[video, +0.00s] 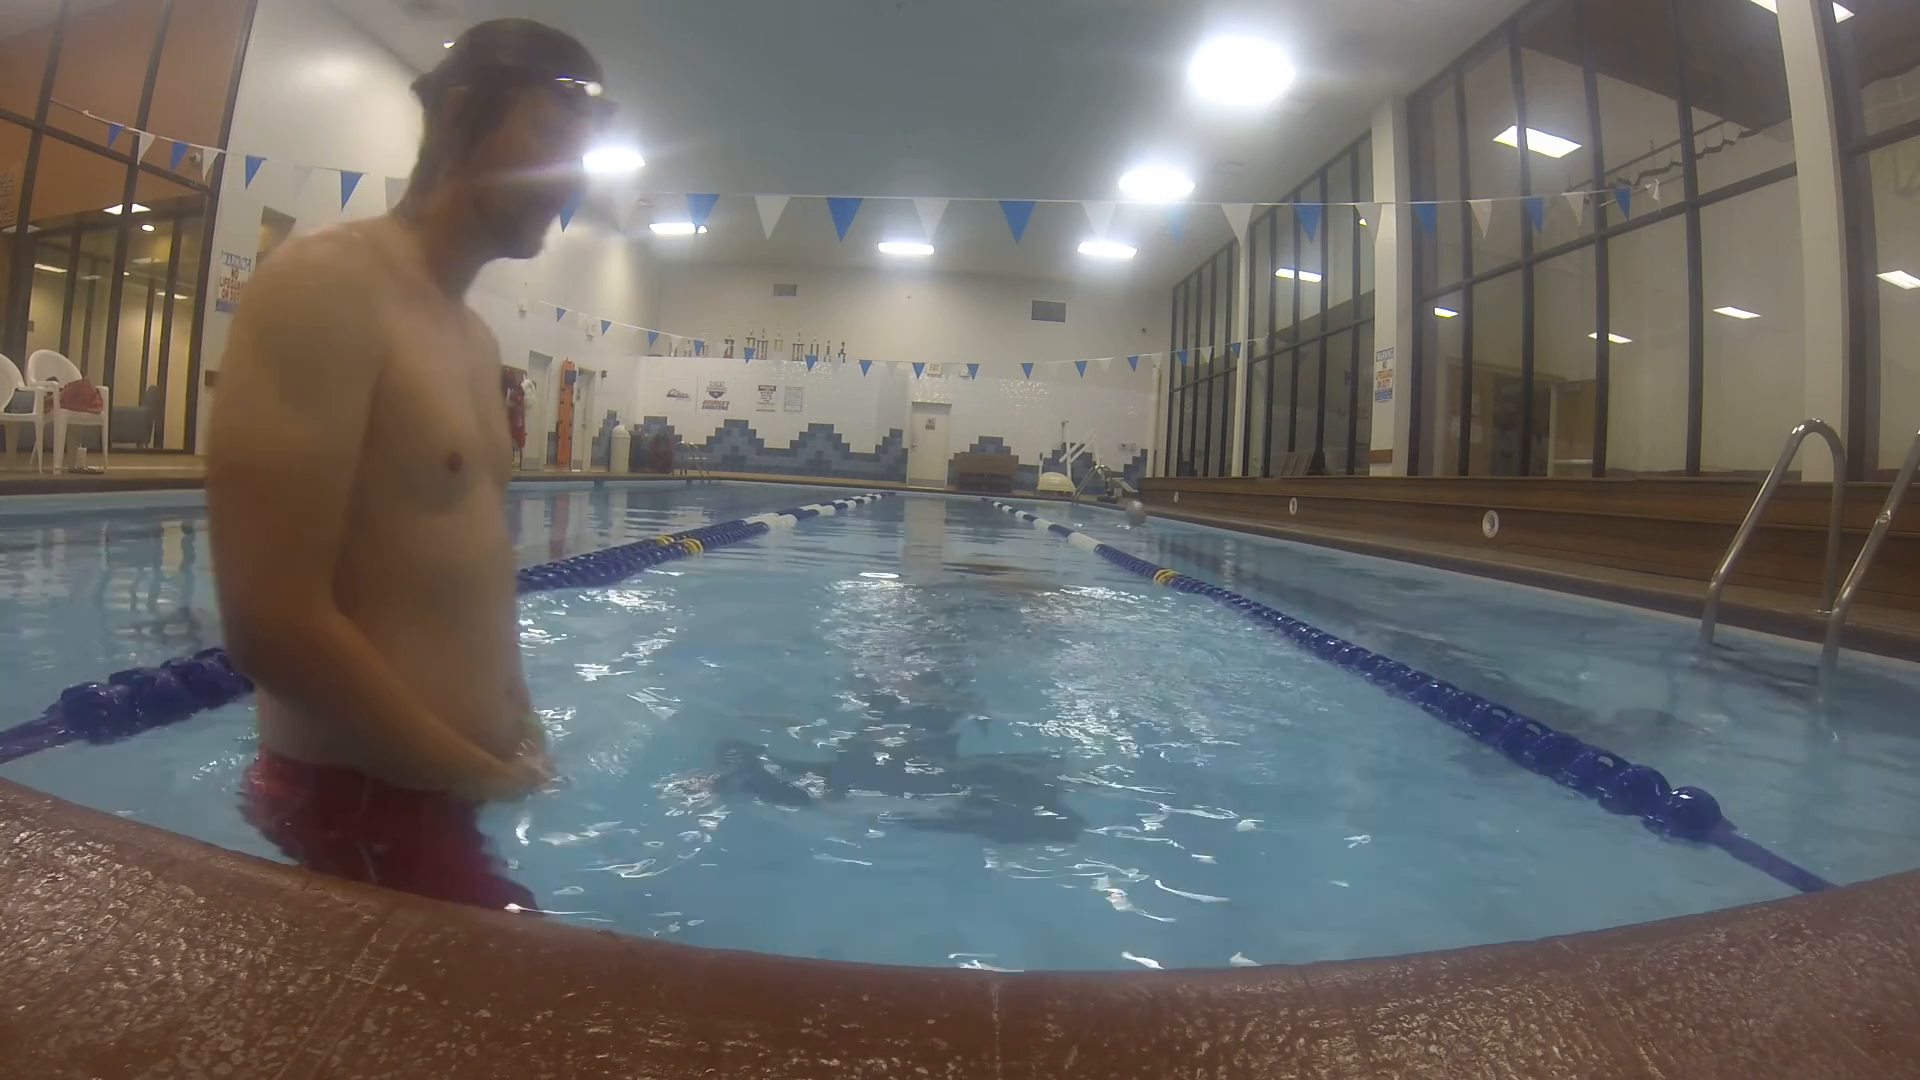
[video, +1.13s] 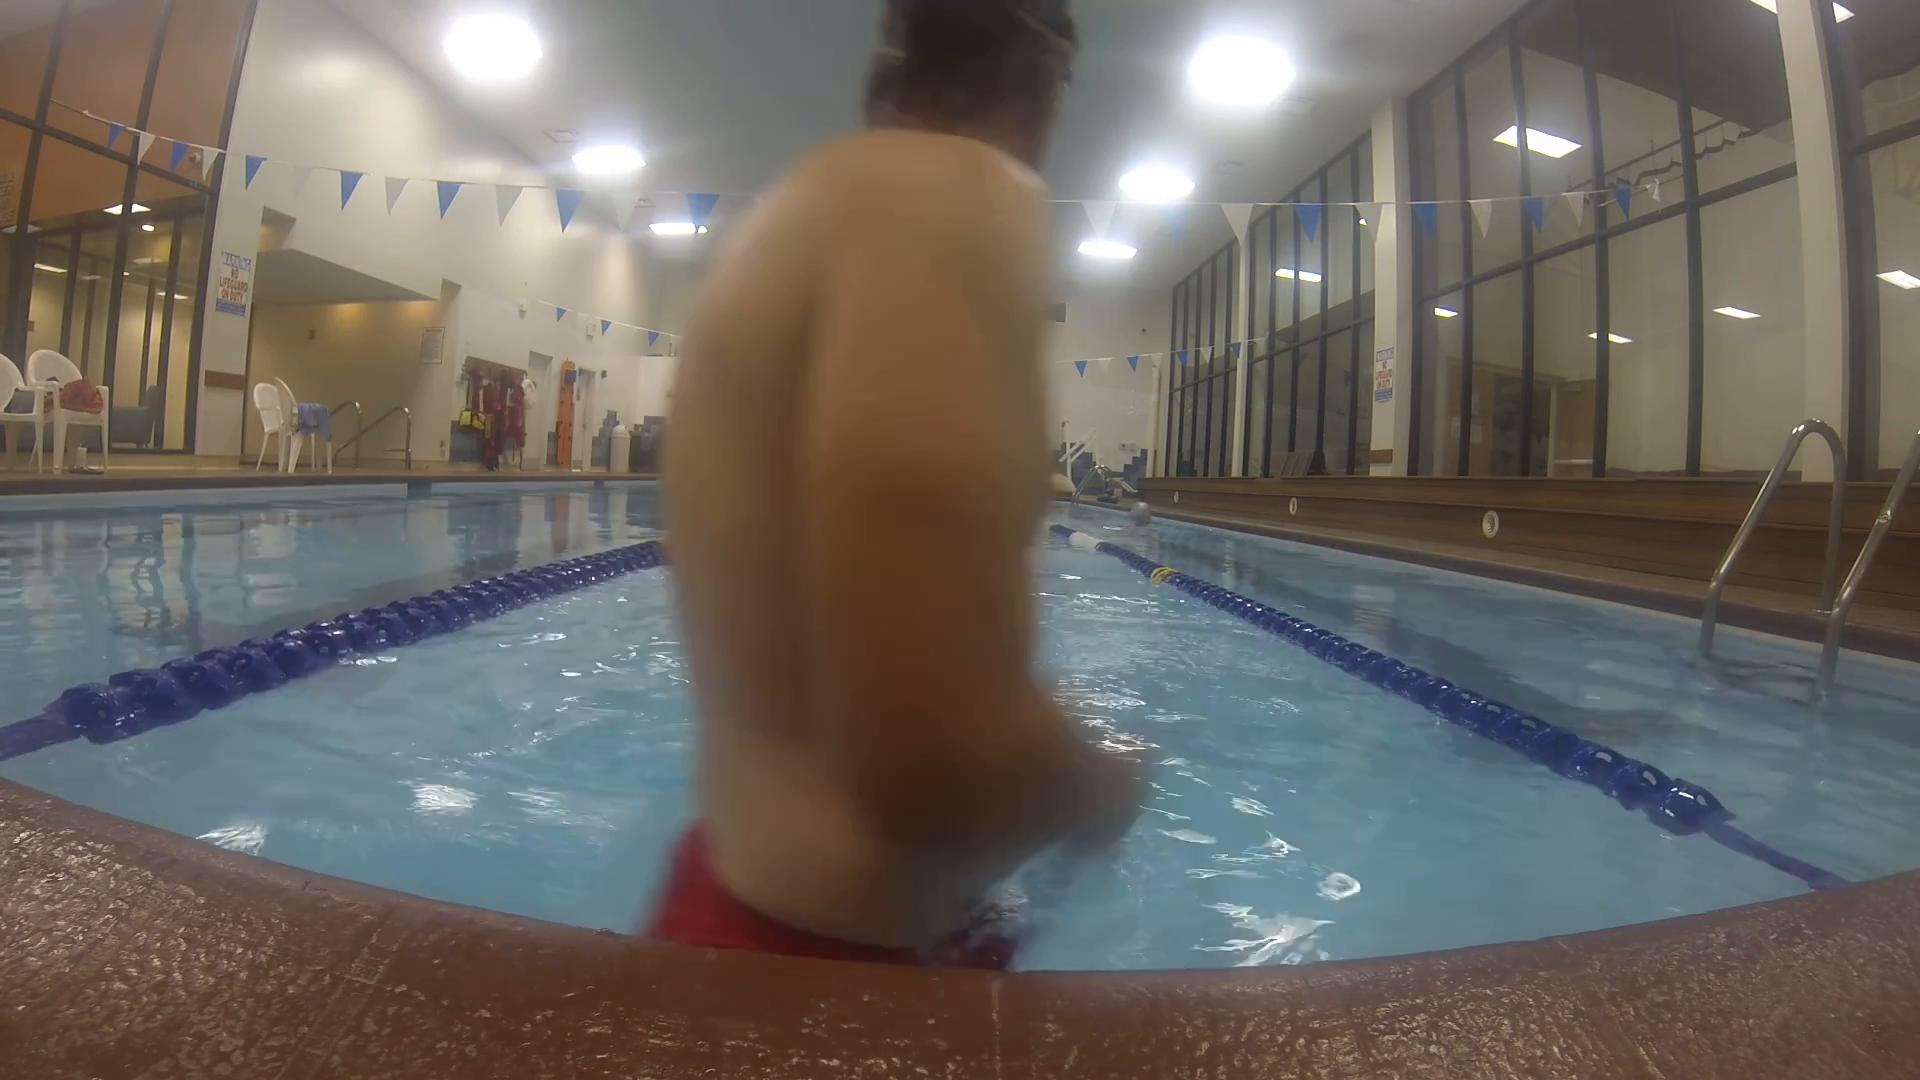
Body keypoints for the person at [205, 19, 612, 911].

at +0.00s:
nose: (575, 178)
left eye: (584, 149)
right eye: (558, 134)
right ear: (464, 115)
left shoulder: (471, 331)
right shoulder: (320, 286)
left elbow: (452, 573)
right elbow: (271, 621)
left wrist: (516, 727)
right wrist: (475, 772)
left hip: (431, 801)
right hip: (354, 805)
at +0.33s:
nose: (717, 191)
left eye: (717, 159)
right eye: (698, 150)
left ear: (626, 148)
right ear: (610, 135)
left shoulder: (542, 322)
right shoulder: (438, 294)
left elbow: (493, 612)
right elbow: (375, 661)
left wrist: (588, 774)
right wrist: (562, 818)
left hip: (481, 860)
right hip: (404, 872)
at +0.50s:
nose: (829, 174)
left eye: (832, 137)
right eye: (815, 126)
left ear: (713, 95)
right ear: (716, 91)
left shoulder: (606, 283)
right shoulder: (541, 263)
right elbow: (473, 689)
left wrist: (659, 829)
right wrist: (654, 849)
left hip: (531, 884)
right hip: (466, 894)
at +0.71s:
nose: (924, 154)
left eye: (935, 114)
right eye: (928, 106)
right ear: (872, 57)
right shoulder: (675, 209)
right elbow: (597, 712)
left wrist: (769, 847)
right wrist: (770, 870)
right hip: (571, 930)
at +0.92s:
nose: (994, 113)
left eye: (1004, 77)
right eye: (1006, 73)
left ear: (837, 48)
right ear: (982, 58)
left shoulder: (706, 179)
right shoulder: (804, 172)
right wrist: (891, 876)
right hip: (716, 932)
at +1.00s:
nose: (1022, 101)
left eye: (1030, 69)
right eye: (1031, 66)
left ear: (851, 55)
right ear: (1010, 56)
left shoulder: (753, 177)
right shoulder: (859, 172)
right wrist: (948, 861)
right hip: (754, 935)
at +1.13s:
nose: (1063, 108)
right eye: (1066, 77)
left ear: (892, 74)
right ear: (1044, 70)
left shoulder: (792, 213)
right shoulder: (944, 193)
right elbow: (927, 759)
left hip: (737, 915)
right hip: (853, 953)